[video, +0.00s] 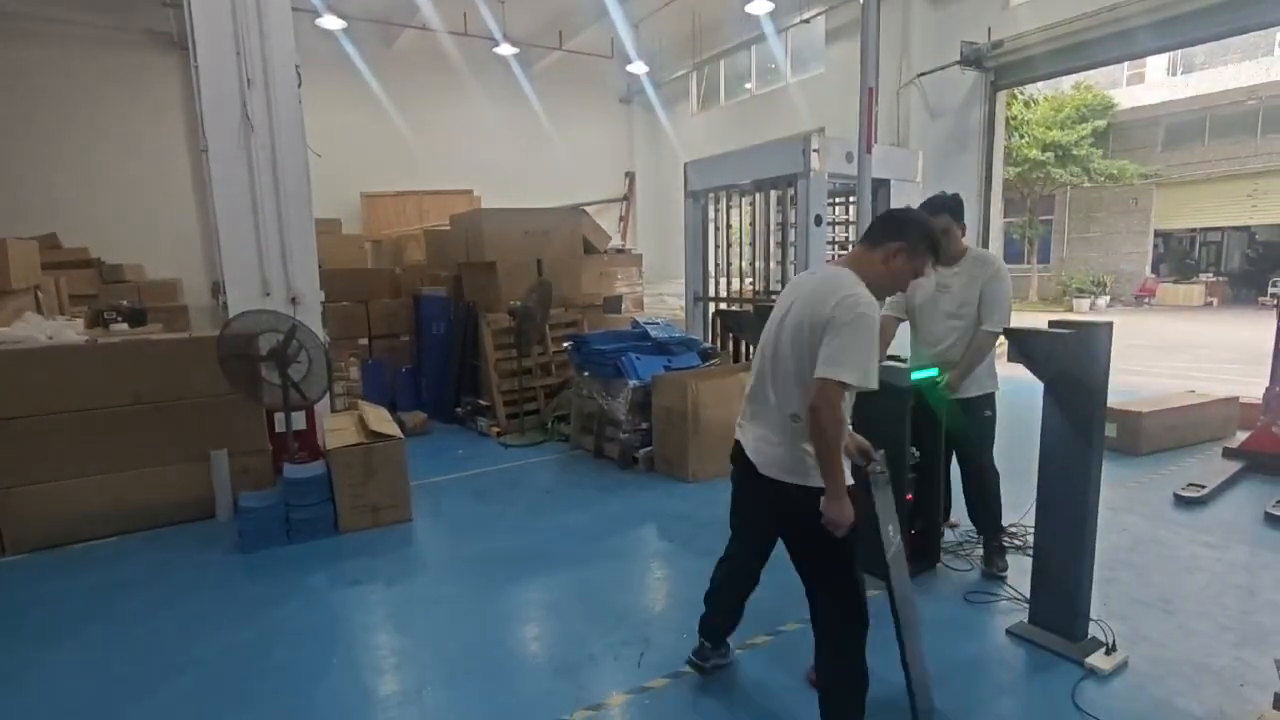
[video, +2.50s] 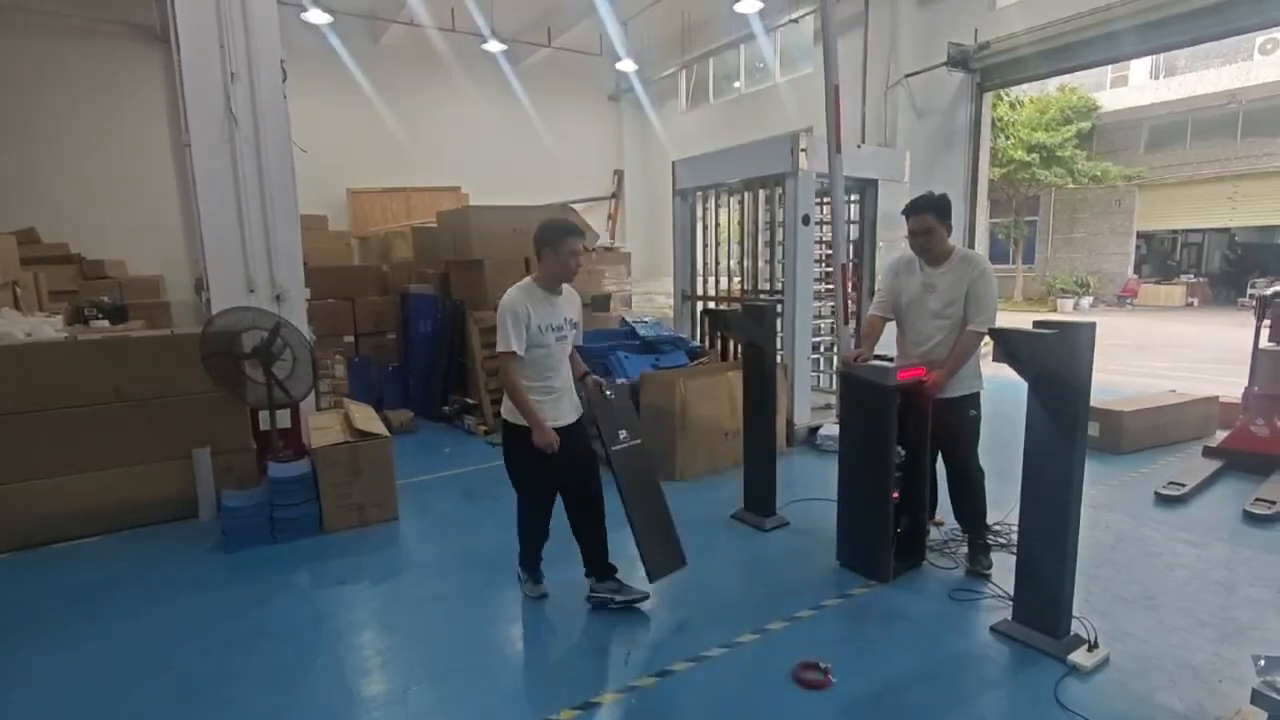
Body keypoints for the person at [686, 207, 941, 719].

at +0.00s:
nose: (909, 286)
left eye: (916, 277)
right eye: (913, 273)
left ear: (878, 248)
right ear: (893, 253)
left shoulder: (809, 281)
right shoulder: (856, 303)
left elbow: (795, 375)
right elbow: (824, 402)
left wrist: (843, 435)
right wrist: (836, 489)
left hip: (753, 459)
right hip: (802, 477)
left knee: (742, 558)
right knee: (841, 609)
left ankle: (710, 644)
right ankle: (843, 710)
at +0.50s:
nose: (817, 330)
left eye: (824, 323)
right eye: (819, 318)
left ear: (798, 300)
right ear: (798, 297)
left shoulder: (755, 329)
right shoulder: (737, 316)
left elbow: (726, 406)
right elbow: (680, 379)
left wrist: (733, 471)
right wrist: (690, 454)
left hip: (683, 444)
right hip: (657, 438)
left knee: (693, 543)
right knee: (674, 544)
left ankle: (691, 630)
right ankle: (650, 633)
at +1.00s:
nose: (755, 472)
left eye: (763, 468)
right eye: (761, 464)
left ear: (748, 437)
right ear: (749, 440)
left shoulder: (708, 434)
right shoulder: (692, 422)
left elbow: (687, 504)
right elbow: (629, 482)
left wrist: (689, 563)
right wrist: (636, 546)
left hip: (609, 440)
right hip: (576, 437)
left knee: (631, 516)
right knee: (609, 541)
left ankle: (618, 592)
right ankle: (632, 636)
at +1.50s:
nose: (739, 398)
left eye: (743, 390)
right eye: (740, 388)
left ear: (719, 374)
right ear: (720, 374)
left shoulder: (688, 397)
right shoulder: (651, 374)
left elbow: (668, 457)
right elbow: (603, 438)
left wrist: (697, 509)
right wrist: (619, 508)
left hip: (602, 441)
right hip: (564, 436)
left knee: (631, 508)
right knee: (599, 536)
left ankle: (610, 591)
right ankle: (629, 635)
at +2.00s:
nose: (675, 297)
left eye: (678, 288)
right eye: (669, 287)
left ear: (653, 284)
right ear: (641, 279)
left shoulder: (654, 325)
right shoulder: (590, 313)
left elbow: (645, 386)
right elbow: (554, 379)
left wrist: (672, 419)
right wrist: (565, 446)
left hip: (607, 426)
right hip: (566, 429)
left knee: (628, 505)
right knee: (590, 516)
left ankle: (612, 589)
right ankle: (594, 610)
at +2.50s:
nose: (580, 263)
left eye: (581, 255)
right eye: (573, 255)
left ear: (573, 256)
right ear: (546, 254)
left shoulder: (571, 298)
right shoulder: (515, 303)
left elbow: (568, 350)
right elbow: (509, 371)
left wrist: (586, 376)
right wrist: (537, 423)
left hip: (569, 421)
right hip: (527, 427)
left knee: (588, 503)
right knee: (535, 506)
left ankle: (601, 579)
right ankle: (530, 567)